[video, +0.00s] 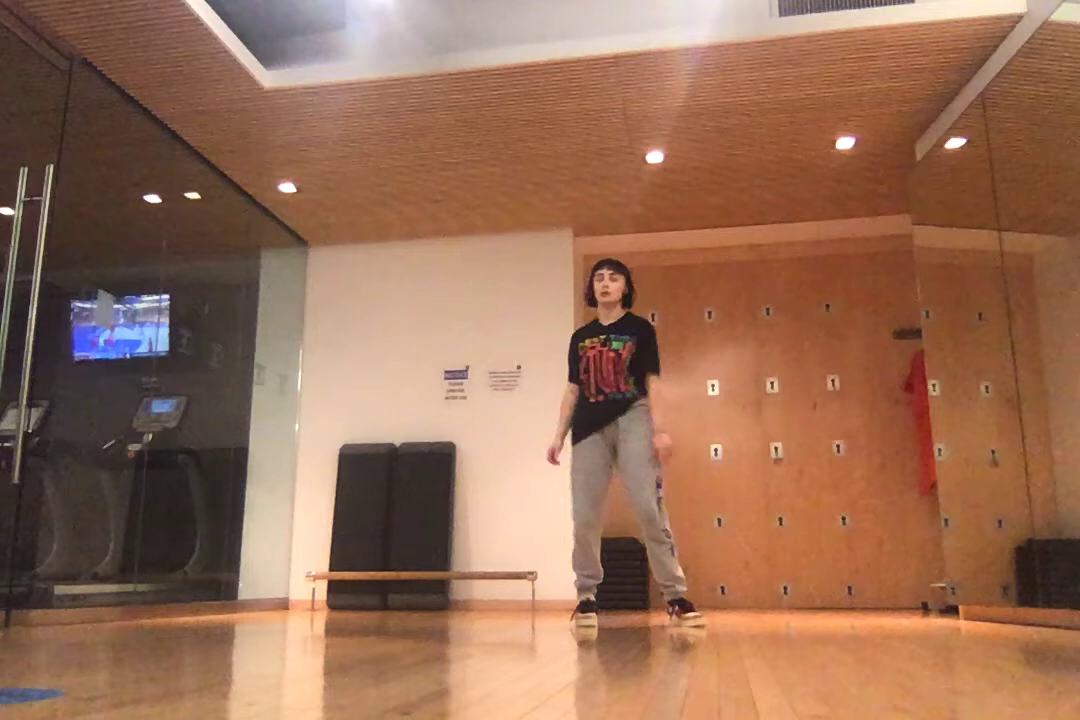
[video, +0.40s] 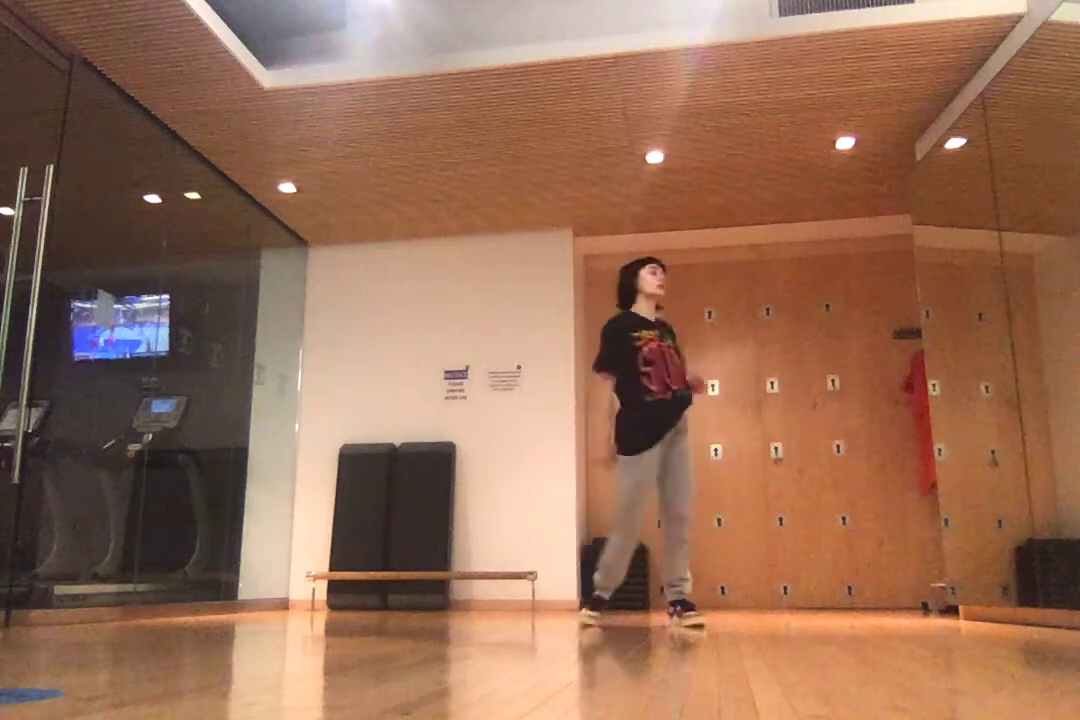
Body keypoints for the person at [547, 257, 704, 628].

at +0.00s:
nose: (606, 284)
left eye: (613, 279)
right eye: (600, 279)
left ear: (626, 287)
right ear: (592, 289)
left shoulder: (641, 328)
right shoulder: (581, 337)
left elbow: (652, 383)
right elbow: (573, 389)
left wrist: (660, 430)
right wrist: (560, 435)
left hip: (632, 419)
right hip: (589, 424)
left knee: (647, 506)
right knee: (584, 514)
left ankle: (676, 596)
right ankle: (587, 595)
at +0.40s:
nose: (661, 278)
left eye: (662, 274)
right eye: (652, 272)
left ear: (662, 284)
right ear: (633, 281)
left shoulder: (666, 328)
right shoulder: (617, 327)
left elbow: (668, 377)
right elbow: (603, 387)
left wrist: (690, 384)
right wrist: (604, 441)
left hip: (675, 426)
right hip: (639, 431)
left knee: (678, 515)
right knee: (629, 515)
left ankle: (678, 599)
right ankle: (599, 596)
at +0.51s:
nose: (669, 280)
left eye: (669, 275)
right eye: (660, 275)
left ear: (665, 287)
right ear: (642, 285)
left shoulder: (659, 328)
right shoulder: (634, 326)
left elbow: (670, 382)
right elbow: (633, 382)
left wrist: (697, 417)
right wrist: (632, 436)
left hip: (677, 431)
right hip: (648, 437)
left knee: (689, 518)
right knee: (658, 524)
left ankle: (678, 600)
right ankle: (620, 596)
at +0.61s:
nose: (670, 285)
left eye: (673, 279)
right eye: (661, 279)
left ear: (676, 290)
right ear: (643, 289)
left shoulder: (668, 338)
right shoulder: (636, 326)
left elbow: (680, 398)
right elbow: (645, 373)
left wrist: (698, 444)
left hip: (673, 431)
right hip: (639, 439)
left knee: (692, 516)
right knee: (669, 518)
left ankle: (677, 598)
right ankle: (641, 595)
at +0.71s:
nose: (673, 274)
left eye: (676, 268)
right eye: (664, 268)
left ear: (680, 278)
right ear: (646, 276)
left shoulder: (674, 323)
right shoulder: (632, 306)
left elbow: (666, 380)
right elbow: (622, 340)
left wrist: (691, 402)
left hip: (665, 417)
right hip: (628, 423)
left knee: (680, 505)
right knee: (656, 501)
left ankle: (677, 593)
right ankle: (633, 587)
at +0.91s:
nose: (669, 265)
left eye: (673, 260)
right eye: (660, 259)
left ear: (677, 270)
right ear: (642, 265)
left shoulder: (656, 304)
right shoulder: (623, 295)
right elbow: (572, 322)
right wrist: (604, 287)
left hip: (653, 412)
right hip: (617, 416)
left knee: (668, 501)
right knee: (625, 505)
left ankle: (630, 594)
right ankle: (600, 603)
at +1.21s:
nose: (613, 274)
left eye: (618, 267)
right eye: (604, 268)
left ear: (626, 274)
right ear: (590, 276)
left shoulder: (621, 316)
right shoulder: (596, 316)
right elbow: (575, 299)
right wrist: (576, 252)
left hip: (655, 424)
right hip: (630, 426)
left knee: (653, 519)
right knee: (638, 516)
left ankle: (618, 603)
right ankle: (604, 604)